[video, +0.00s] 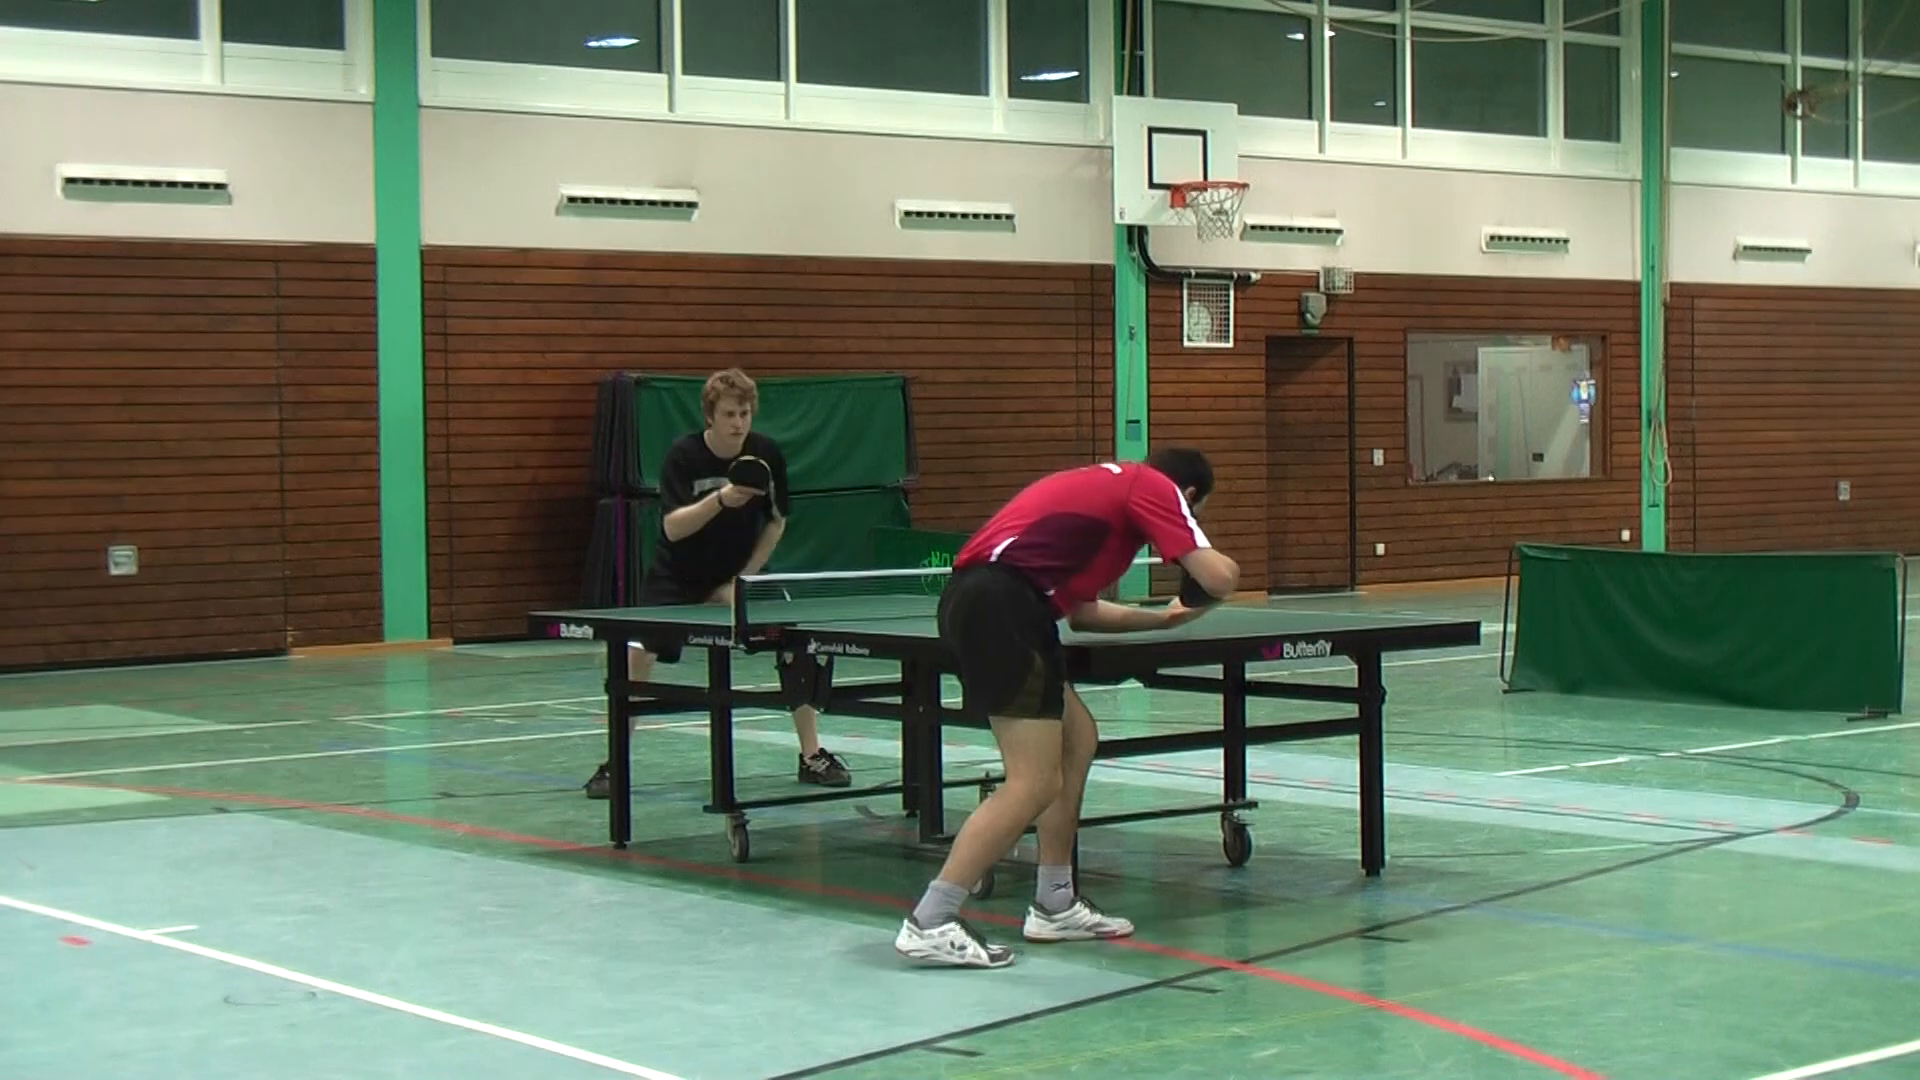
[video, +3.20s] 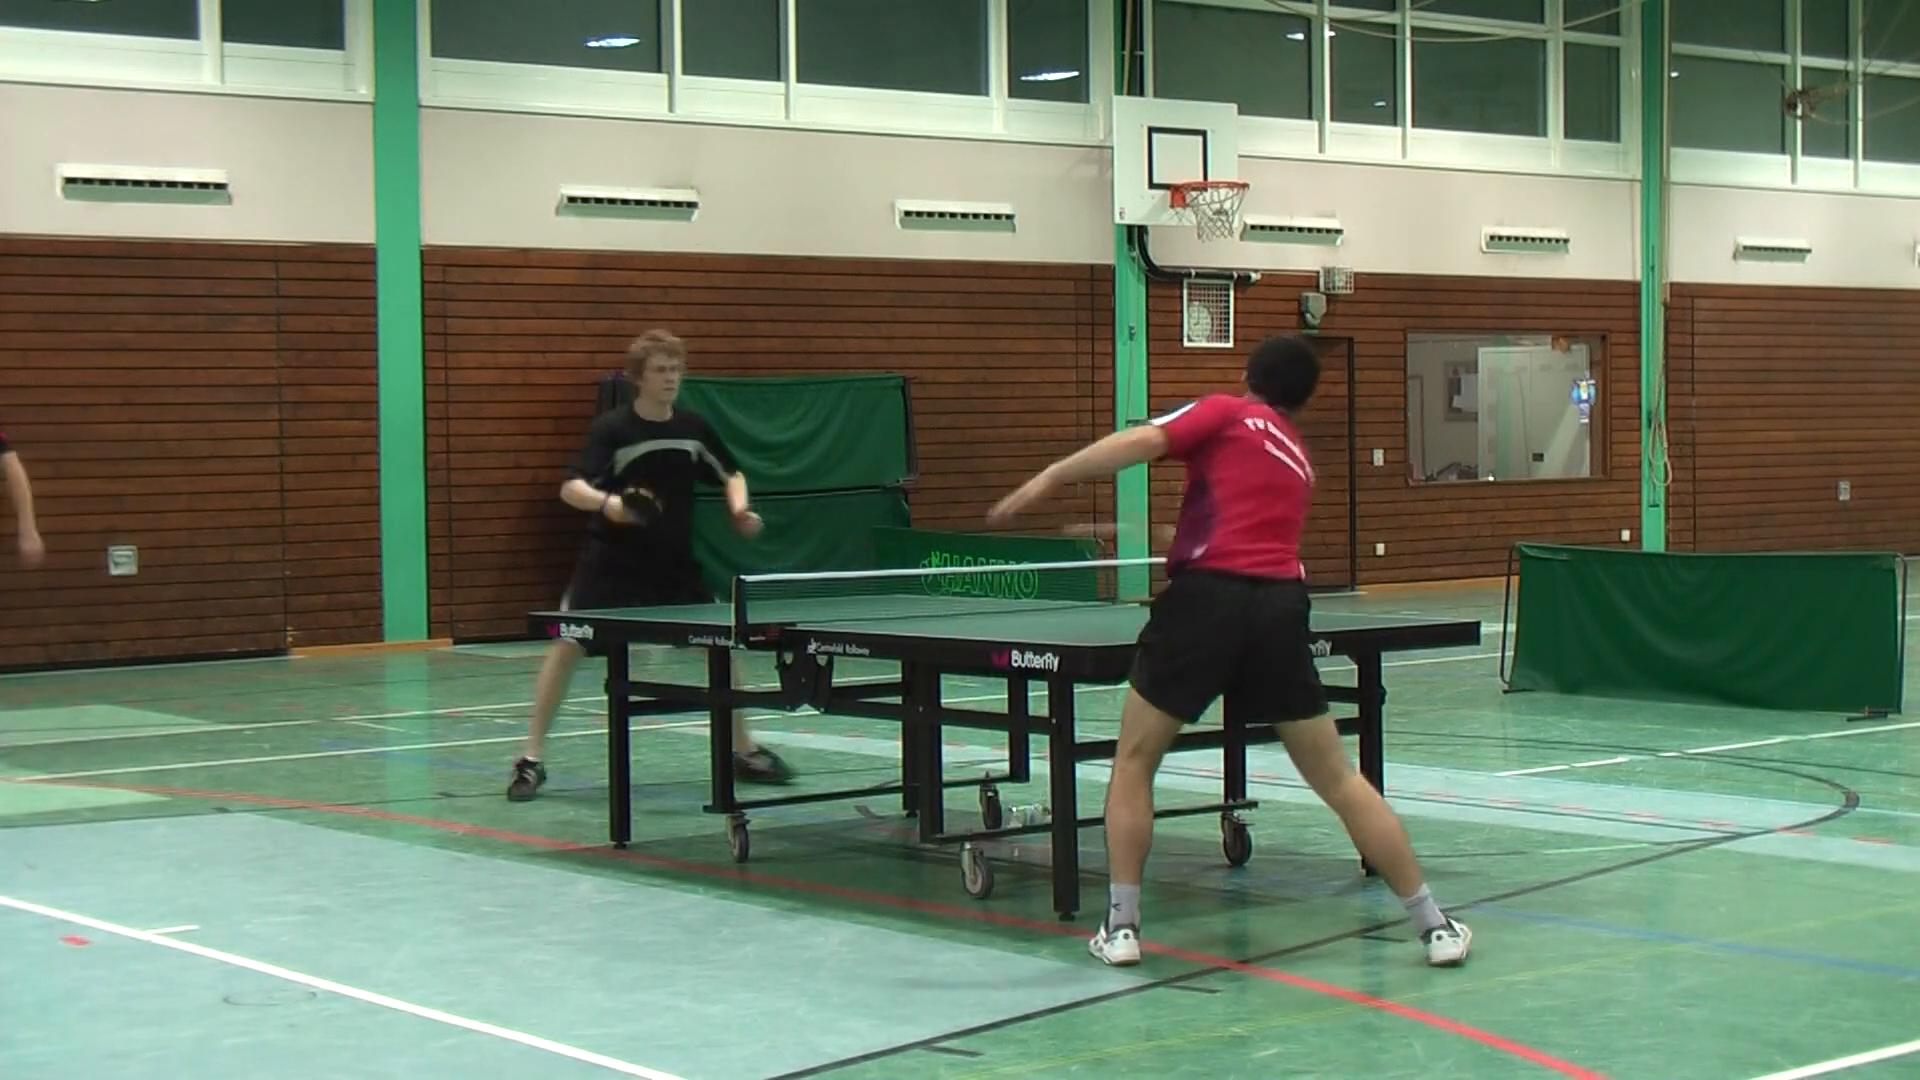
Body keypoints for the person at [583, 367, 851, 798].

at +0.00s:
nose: (739, 423)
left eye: (745, 414)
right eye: (729, 414)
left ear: (753, 414)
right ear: (709, 415)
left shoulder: (767, 454)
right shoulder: (683, 455)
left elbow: (776, 522)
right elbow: (672, 527)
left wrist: (743, 578)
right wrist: (719, 500)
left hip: (734, 576)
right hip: (675, 576)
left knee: (792, 639)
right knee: (636, 652)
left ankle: (812, 754)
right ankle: (616, 764)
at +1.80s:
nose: (720, 373)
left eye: (726, 365)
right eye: (710, 366)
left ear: (736, 370)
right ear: (691, 371)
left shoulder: (755, 424)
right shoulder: (667, 426)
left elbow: (787, 482)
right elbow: (624, 486)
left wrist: (801, 540)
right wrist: (658, 517)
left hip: (744, 567)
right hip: (678, 569)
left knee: (783, 649)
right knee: (630, 663)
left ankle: (797, 756)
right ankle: (594, 765)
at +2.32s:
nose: (758, 432)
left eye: (764, 423)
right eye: (748, 423)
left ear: (773, 424)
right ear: (729, 425)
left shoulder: (784, 471)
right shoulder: (703, 475)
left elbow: (822, 513)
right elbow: (659, 531)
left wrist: (831, 529)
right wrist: (711, 558)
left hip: (768, 598)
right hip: (705, 599)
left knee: (834, 652)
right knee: (676, 664)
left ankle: (831, 757)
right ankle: (622, 767)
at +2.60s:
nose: (760, 459)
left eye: (765, 451)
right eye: (751, 451)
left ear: (771, 454)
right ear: (728, 453)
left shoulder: (778, 494)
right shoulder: (707, 495)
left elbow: (830, 523)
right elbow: (693, 534)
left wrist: (865, 541)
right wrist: (732, 525)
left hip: (755, 612)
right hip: (694, 613)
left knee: (838, 654)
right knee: (686, 677)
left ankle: (831, 756)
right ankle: (619, 772)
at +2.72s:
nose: (751, 430)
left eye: (756, 421)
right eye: (742, 422)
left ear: (762, 424)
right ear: (720, 424)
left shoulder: (767, 471)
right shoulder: (701, 462)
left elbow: (811, 496)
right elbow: (679, 464)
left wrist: (856, 525)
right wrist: (682, 459)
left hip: (747, 601)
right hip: (689, 602)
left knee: (823, 652)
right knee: (686, 674)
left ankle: (831, 757)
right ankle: (619, 769)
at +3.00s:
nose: (716, 384)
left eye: (722, 376)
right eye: (706, 377)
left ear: (729, 380)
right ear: (684, 382)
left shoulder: (741, 436)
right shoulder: (662, 434)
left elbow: (778, 480)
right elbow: (610, 485)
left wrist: (801, 525)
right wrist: (636, 475)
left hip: (722, 572)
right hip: (659, 571)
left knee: (768, 648)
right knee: (618, 655)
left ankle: (764, 753)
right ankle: (565, 753)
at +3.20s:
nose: (671, 378)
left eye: (676, 370)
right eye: (660, 370)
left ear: (683, 375)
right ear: (637, 376)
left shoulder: (694, 427)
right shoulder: (612, 428)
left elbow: (732, 476)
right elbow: (571, 487)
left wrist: (739, 509)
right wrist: (606, 501)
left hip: (674, 563)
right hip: (610, 566)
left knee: (723, 644)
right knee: (567, 643)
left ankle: (743, 748)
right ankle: (531, 756)